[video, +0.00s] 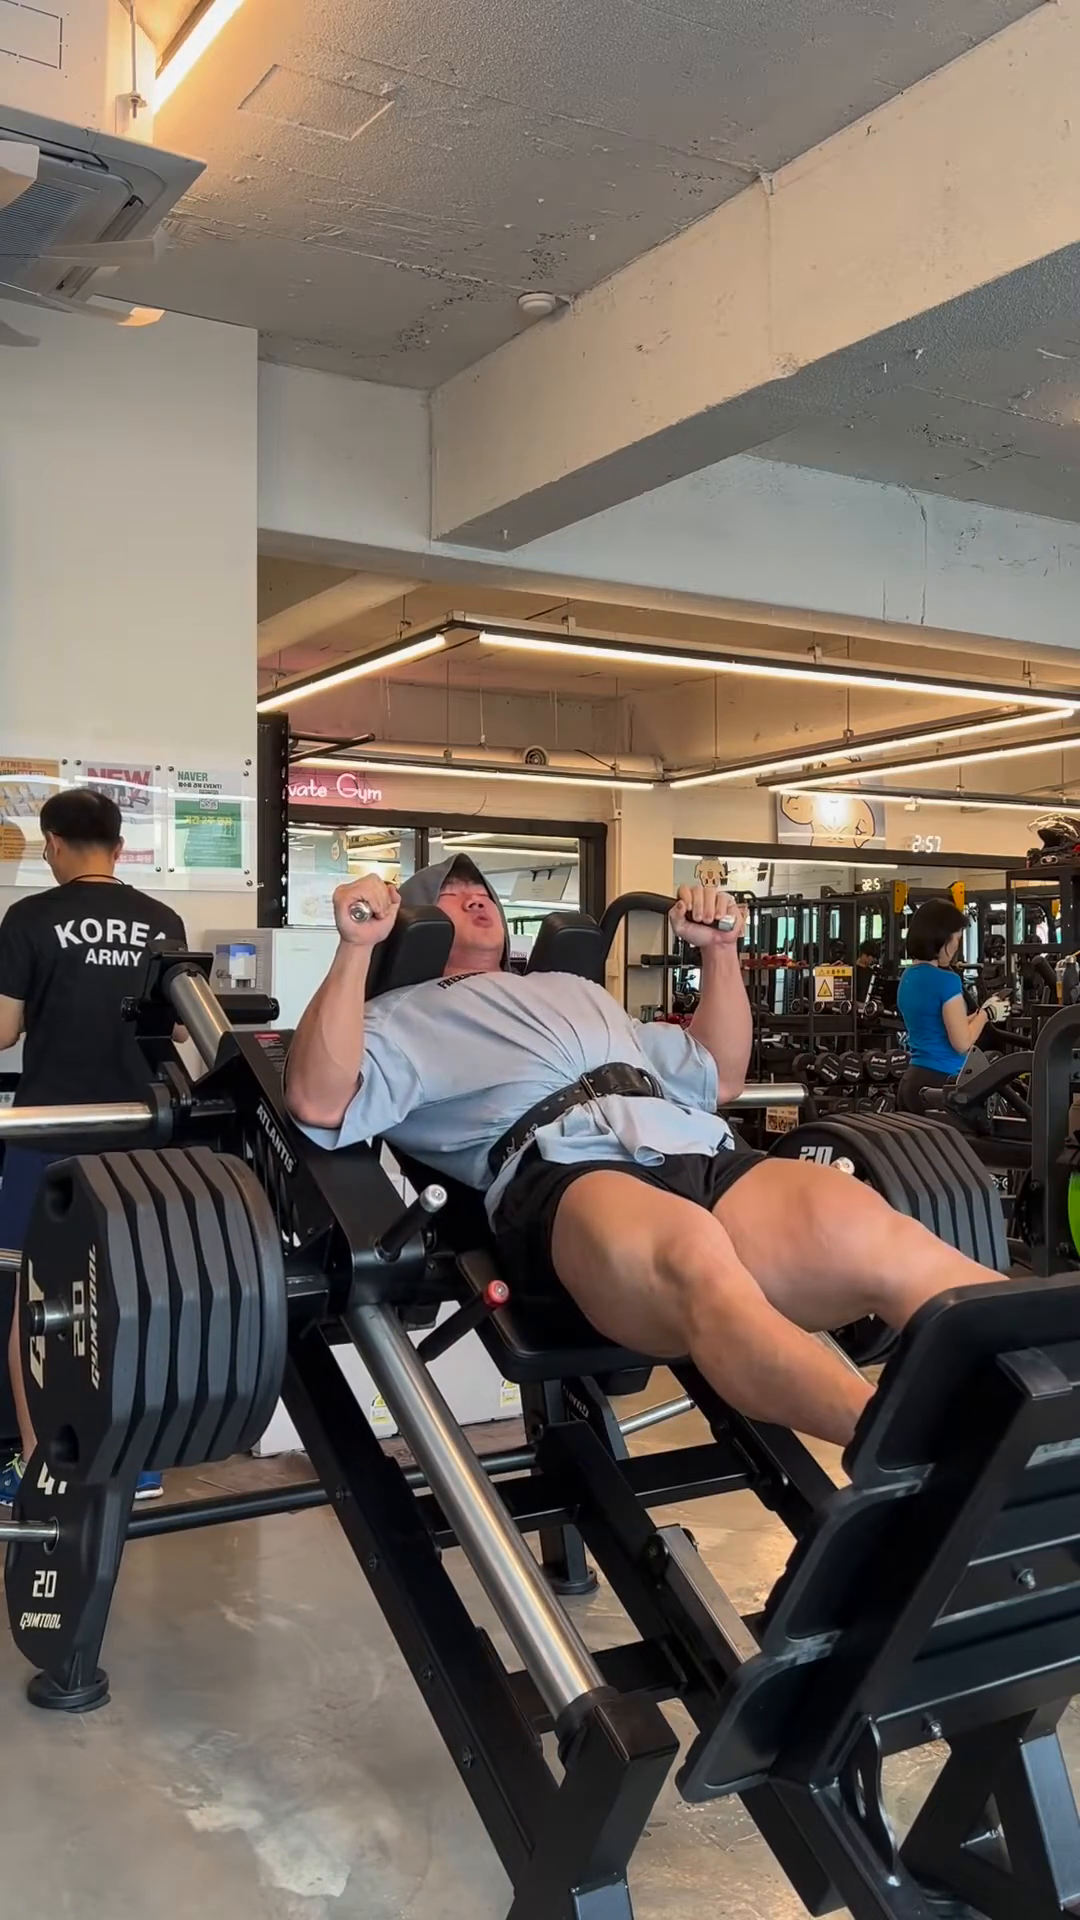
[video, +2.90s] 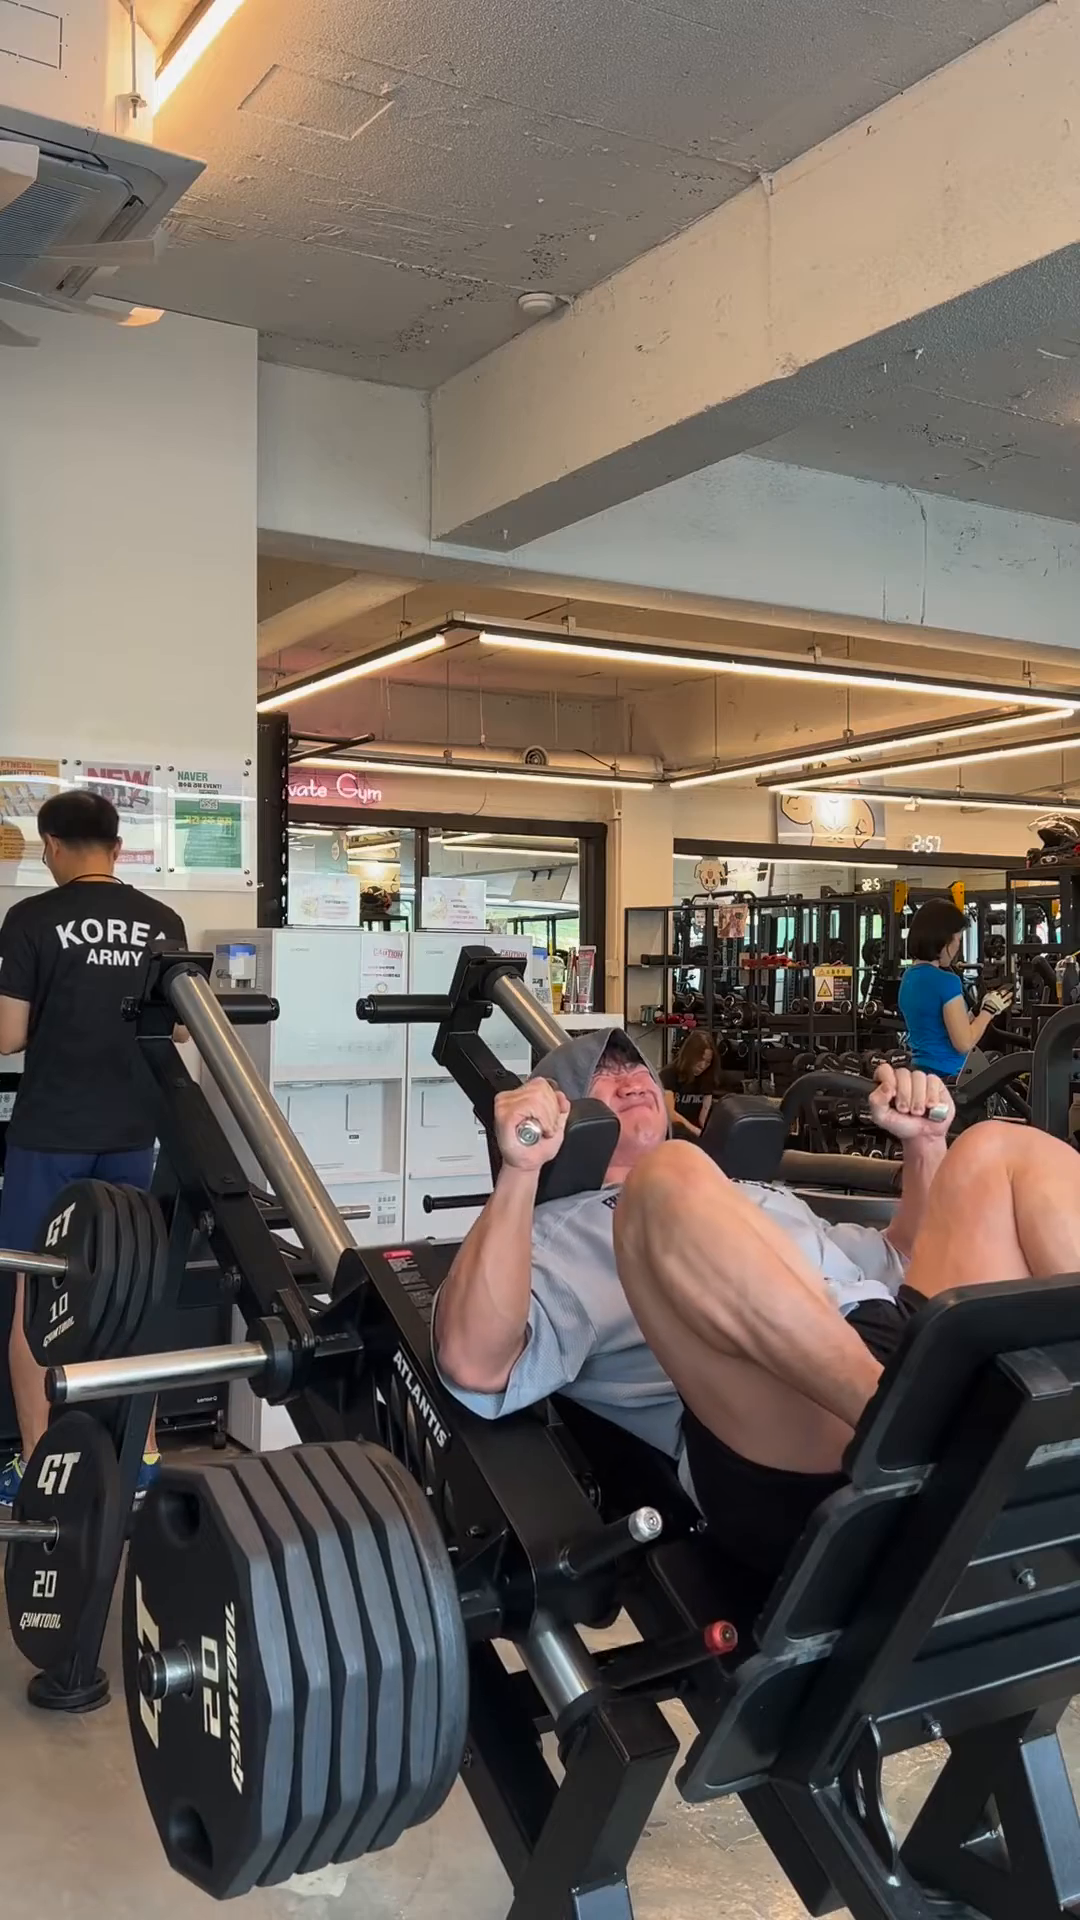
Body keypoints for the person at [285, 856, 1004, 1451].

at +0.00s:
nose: (480, 897)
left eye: (486, 891)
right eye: (457, 891)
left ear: (504, 920)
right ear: (419, 927)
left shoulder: (576, 990)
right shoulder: (405, 1017)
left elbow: (716, 1075)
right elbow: (317, 1103)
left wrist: (720, 955)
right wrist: (353, 953)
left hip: (697, 1153)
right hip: (564, 1174)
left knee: (862, 1223)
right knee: (699, 1268)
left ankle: (1052, 1347)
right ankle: (896, 1434)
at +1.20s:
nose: (507, 937)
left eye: (516, 929)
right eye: (483, 932)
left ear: (542, 961)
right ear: (449, 978)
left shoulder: (614, 1037)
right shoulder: (436, 1066)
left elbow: (764, 1122)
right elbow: (352, 1159)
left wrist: (763, 994)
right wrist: (389, 1000)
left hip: (755, 1241)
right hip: (604, 1289)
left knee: (955, 1165)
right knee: (677, 1174)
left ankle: (1073, 1382)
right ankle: (899, 1426)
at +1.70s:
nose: (550, 989)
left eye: (558, 979)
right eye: (525, 980)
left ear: (580, 1013)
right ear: (481, 1021)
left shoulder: (662, 1094)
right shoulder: (476, 1129)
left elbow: (819, 1181)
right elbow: (392, 1230)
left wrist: (818, 1046)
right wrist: (437, 1057)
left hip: (821, 1326)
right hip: (673, 1389)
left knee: (993, 1148)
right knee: (676, 1158)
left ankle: (1071, 1380)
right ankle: (892, 1409)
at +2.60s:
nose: (619, 1066)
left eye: (626, 1052)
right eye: (588, 1058)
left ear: (651, 1085)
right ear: (550, 1098)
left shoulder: (737, 1178)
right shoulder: (543, 1227)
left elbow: (891, 1257)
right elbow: (461, 1345)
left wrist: (907, 1132)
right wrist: (507, 1159)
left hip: (903, 1380)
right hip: (765, 1470)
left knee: (1004, 1146)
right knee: (671, 1171)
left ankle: (1073, 1388)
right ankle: (894, 1415)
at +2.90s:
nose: (629, 1077)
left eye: (635, 1063)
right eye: (599, 1072)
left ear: (662, 1096)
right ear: (559, 1114)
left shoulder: (763, 1200)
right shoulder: (555, 1239)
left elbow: (902, 1270)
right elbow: (474, 1364)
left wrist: (921, 1153)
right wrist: (516, 1177)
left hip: (917, 1395)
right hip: (781, 1481)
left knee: (1001, 1148)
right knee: (667, 1177)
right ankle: (892, 1417)